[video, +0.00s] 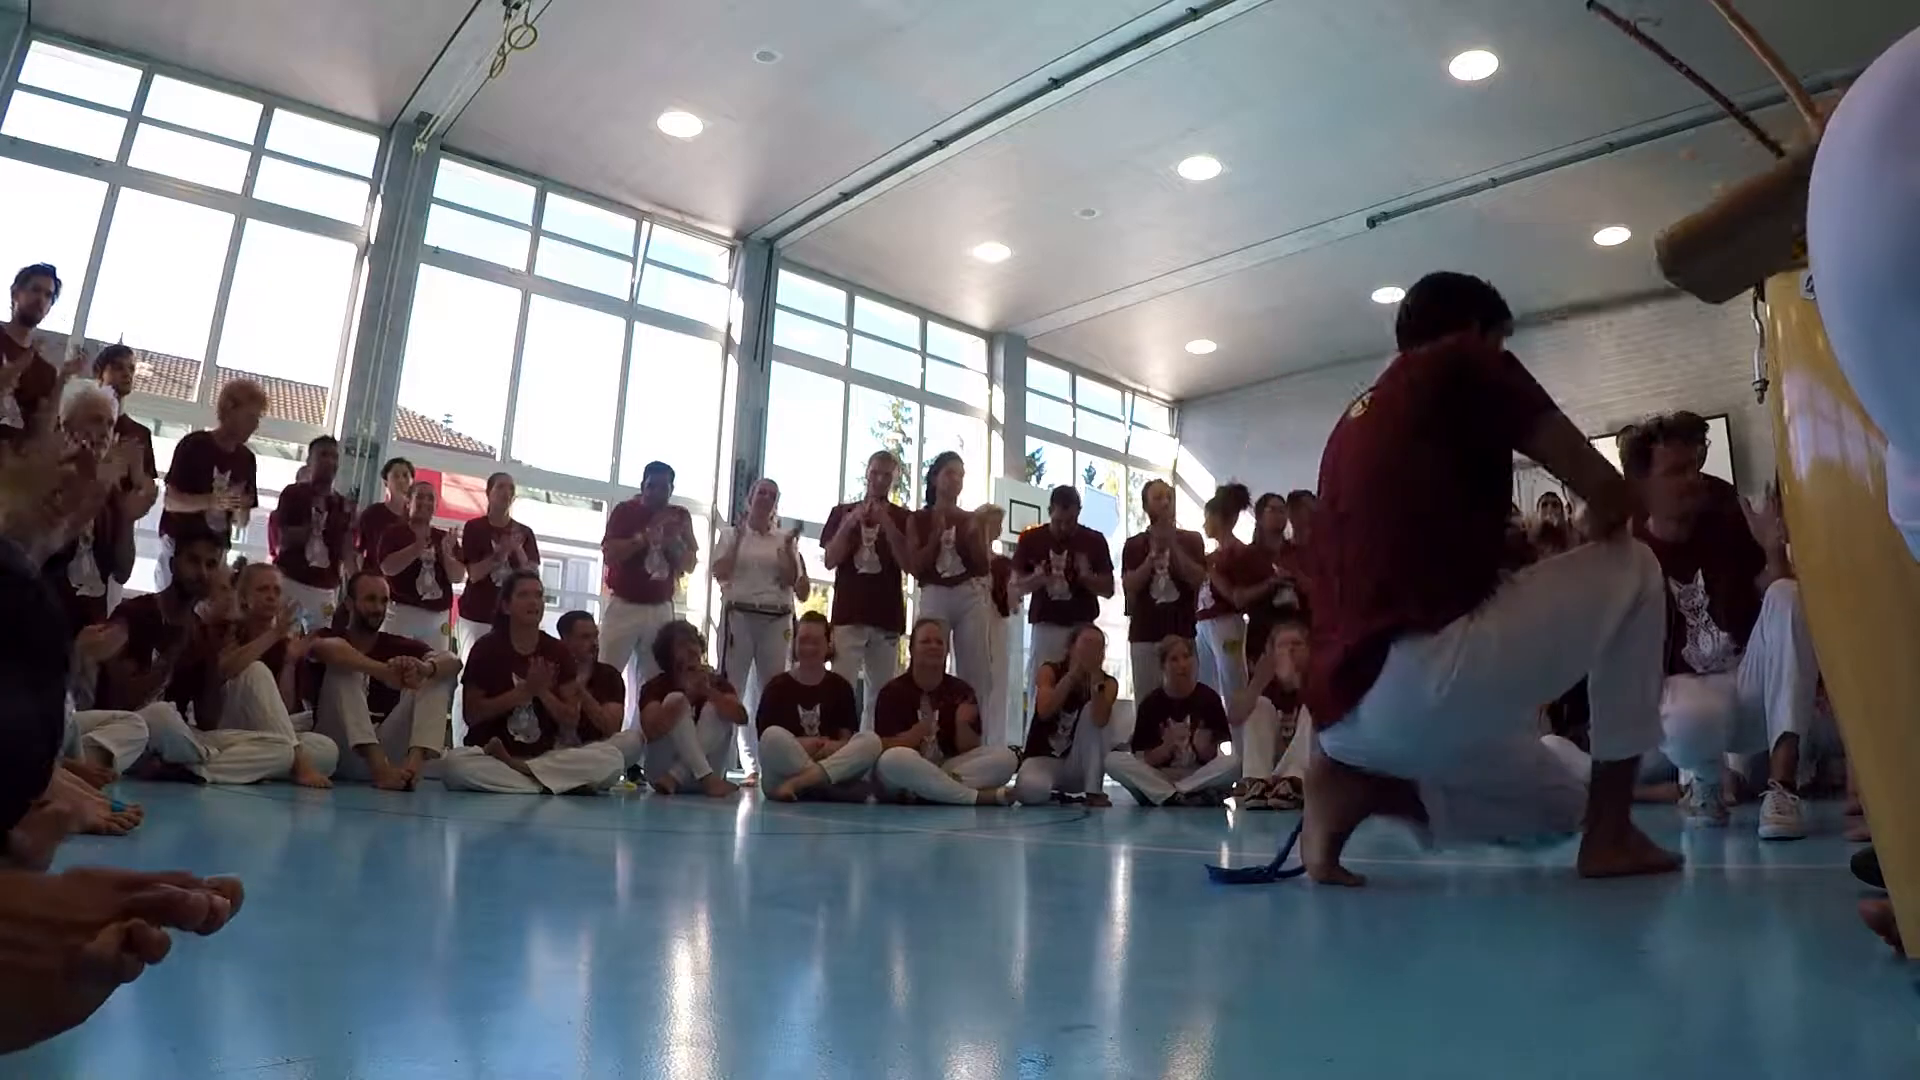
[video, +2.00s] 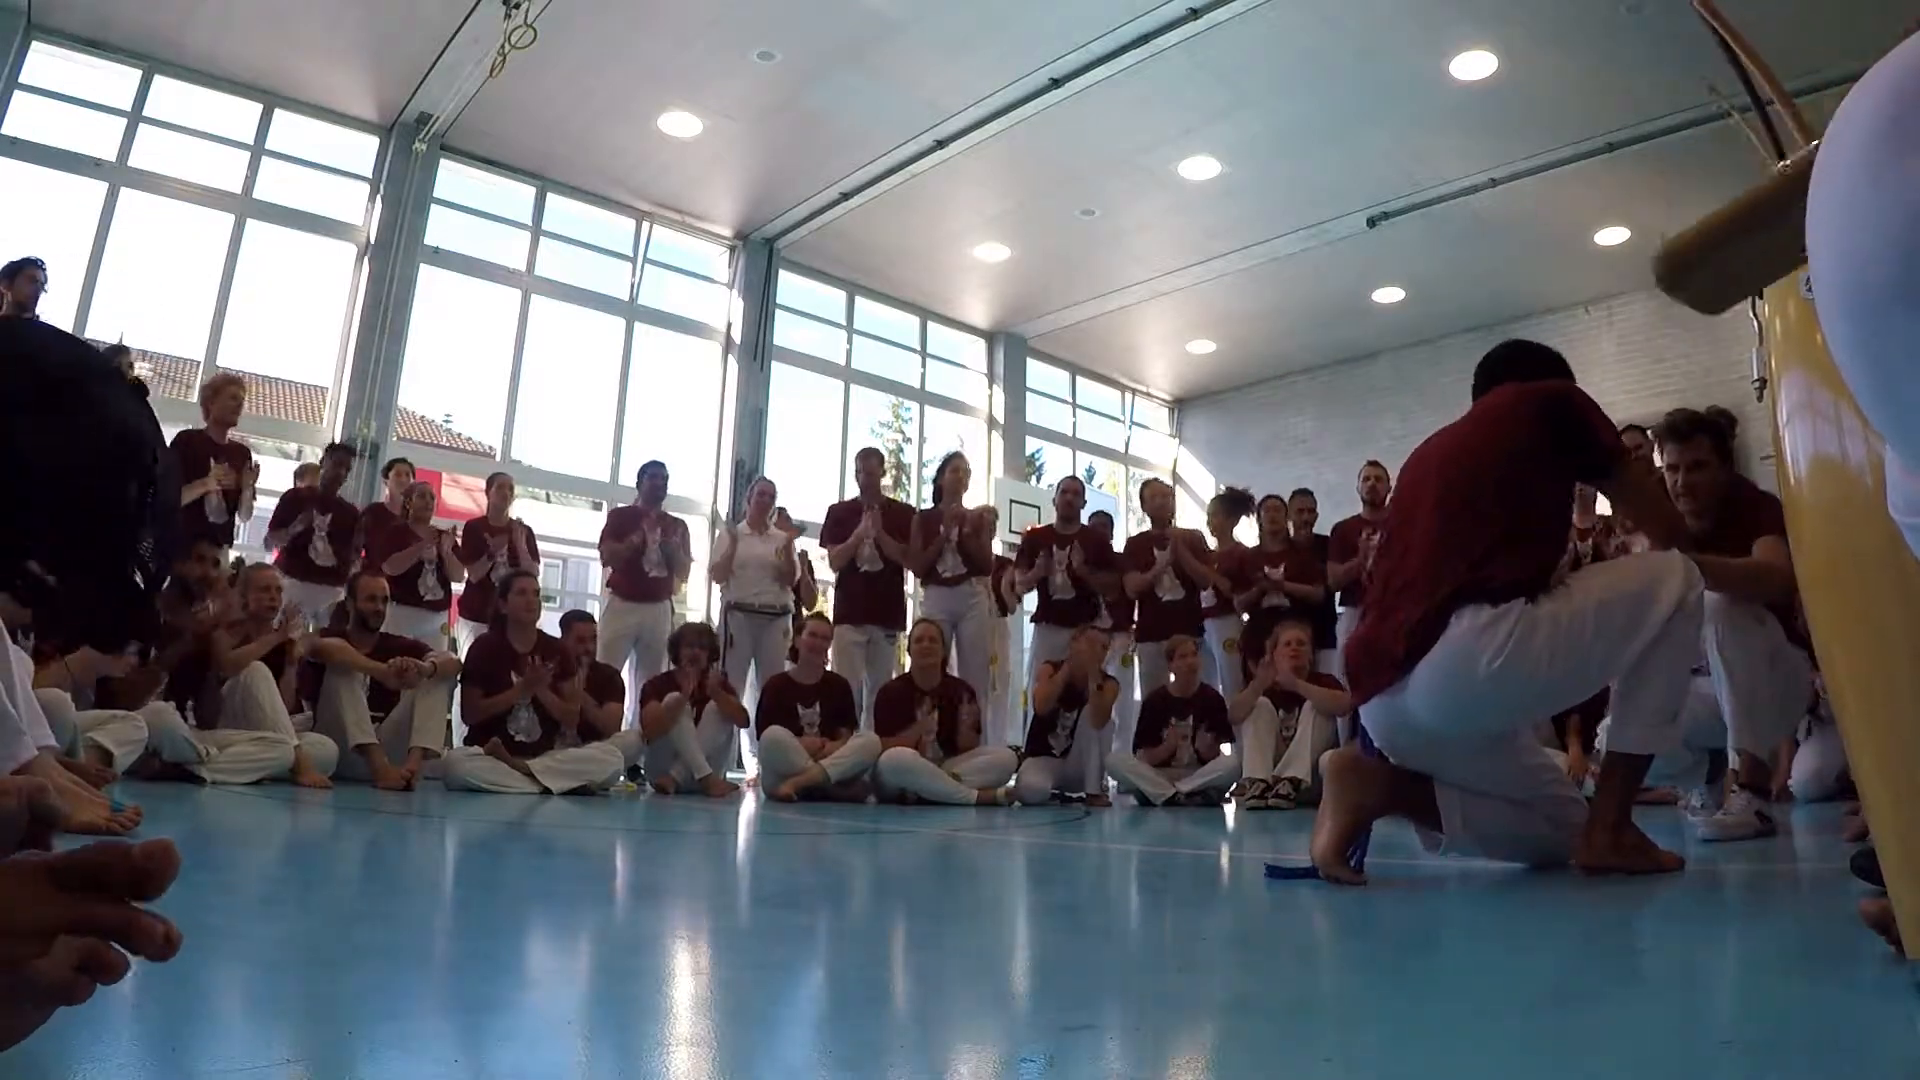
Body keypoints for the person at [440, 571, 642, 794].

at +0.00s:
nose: (534, 602)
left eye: (539, 596)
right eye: (524, 596)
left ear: (545, 603)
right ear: (506, 605)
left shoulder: (558, 650)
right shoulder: (485, 648)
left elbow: (571, 718)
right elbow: (472, 714)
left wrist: (542, 691)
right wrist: (525, 691)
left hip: (547, 756)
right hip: (489, 755)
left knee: (612, 759)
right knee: (453, 765)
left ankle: (523, 766)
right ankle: (549, 786)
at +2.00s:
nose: (531, 601)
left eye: (536, 594)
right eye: (521, 594)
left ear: (542, 602)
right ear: (503, 604)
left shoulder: (558, 648)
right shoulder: (483, 647)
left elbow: (572, 717)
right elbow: (470, 714)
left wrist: (539, 689)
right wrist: (522, 690)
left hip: (545, 756)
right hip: (489, 755)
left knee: (612, 758)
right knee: (455, 766)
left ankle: (523, 766)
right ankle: (549, 786)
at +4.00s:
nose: (531, 602)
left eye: (535, 595)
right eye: (521, 595)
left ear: (541, 602)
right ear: (501, 604)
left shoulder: (556, 649)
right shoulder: (482, 648)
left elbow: (571, 717)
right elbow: (470, 715)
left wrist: (538, 690)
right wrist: (520, 691)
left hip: (546, 755)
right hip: (489, 754)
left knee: (612, 759)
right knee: (454, 765)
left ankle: (524, 766)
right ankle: (549, 786)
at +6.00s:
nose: (529, 603)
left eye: (534, 597)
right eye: (519, 597)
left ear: (540, 603)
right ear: (500, 605)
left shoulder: (556, 649)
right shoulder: (481, 648)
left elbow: (570, 718)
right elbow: (469, 717)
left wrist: (536, 691)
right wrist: (521, 690)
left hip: (546, 756)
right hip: (489, 755)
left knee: (612, 759)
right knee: (455, 766)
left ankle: (522, 766)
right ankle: (548, 786)